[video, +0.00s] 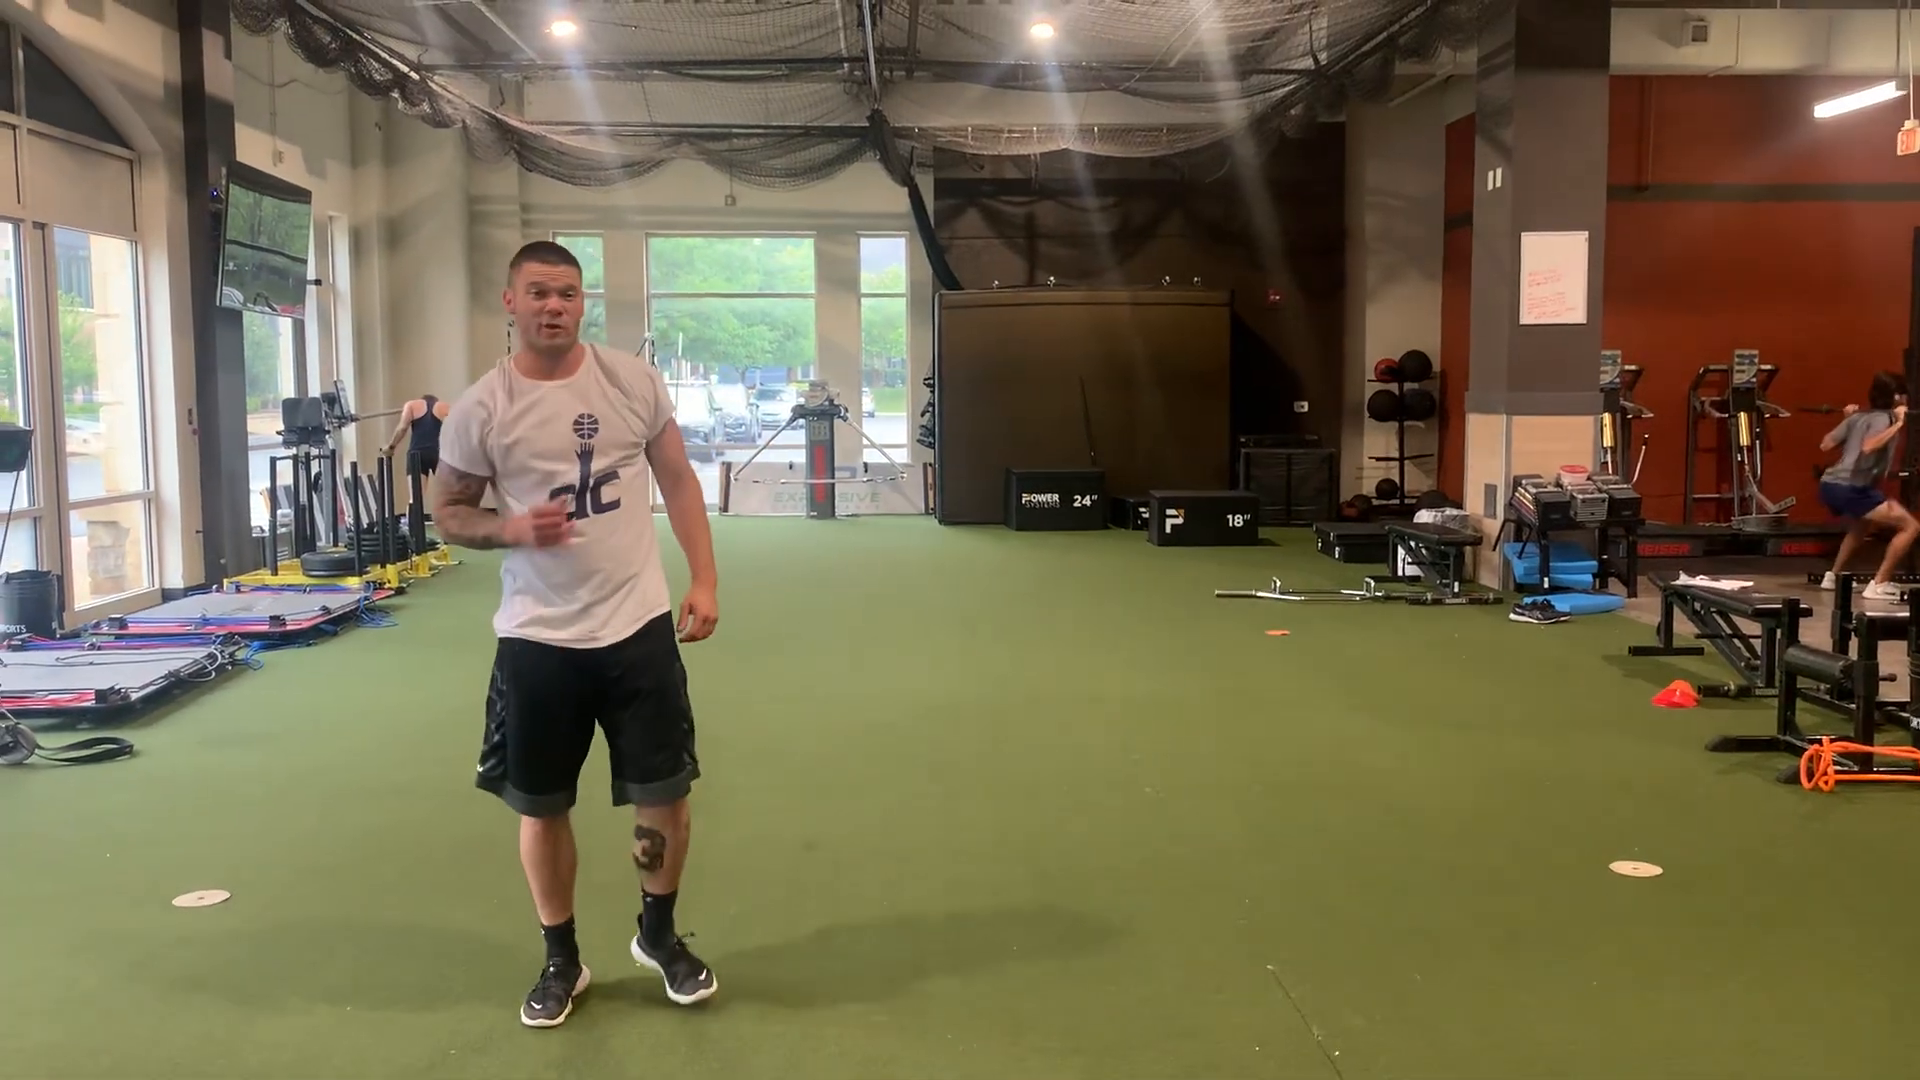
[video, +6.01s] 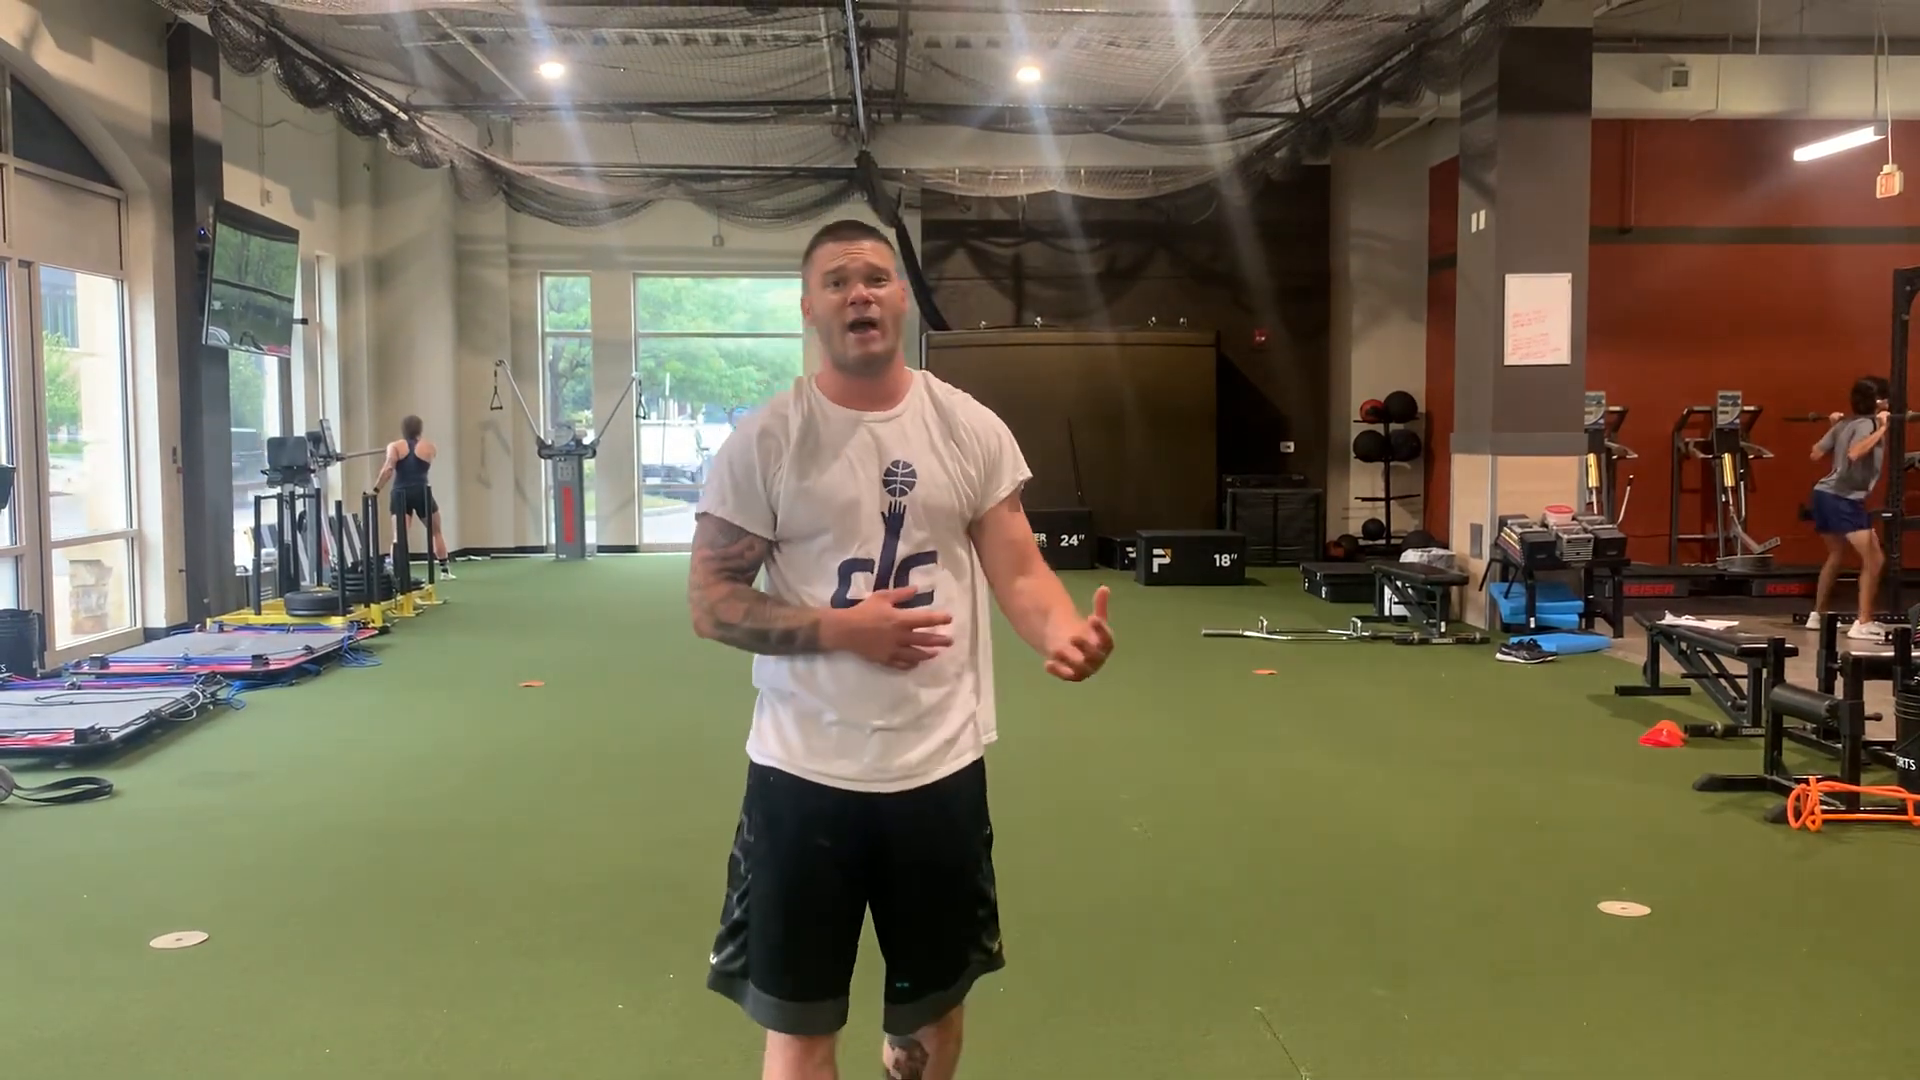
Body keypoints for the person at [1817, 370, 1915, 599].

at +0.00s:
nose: (1904, 401)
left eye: (1904, 397)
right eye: (1903, 396)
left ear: (1874, 395)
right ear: (1894, 398)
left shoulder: (1857, 418)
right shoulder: (1883, 419)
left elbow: (1825, 444)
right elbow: (1868, 446)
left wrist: (1846, 419)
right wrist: (1898, 425)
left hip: (1830, 485)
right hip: (1852, 490)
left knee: (1862, 526)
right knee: (1910, 526)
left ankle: (1832, 576)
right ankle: (1879, 584)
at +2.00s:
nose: (1899, 390)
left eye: (1898, 386)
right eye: (1896, 386)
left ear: (1869, 388)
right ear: (1888, 389)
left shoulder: (1855, 411)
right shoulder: (1881, 411)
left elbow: (1826, 438)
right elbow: (1867, 440)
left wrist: (1843, 412)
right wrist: (1895, 415)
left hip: (1832, 480)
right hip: (1853, 485)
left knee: (1851, 533)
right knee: (1900, 532)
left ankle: (1827, 584)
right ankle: (1873, 592)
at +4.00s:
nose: (1881, 458)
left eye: (1881, 453)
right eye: (1880, 453)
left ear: (1850, 455)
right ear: (1872, 457)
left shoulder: (1836, 476)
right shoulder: (1862, 477)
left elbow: (1806, 504)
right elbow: (1848, 507)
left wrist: (1825, 478)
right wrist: (1877, 482)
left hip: (1808, 541)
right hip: (1831, 545)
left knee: (1847, 564)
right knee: (1898, 566)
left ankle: (1814, 609)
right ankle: (1860, 619)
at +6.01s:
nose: (1887, 403)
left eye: (1887, 399)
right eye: (1884, 399)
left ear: (1857, 401)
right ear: (1875, 402)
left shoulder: (1844, 425)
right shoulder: (1867, 425)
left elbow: (1816, 453)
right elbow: (1854, 453)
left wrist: (1833, 426)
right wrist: (1882, 429)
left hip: (1822, 495)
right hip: (1845, 501)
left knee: (1835, 554)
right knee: (1874, 559)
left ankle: (1818, 614)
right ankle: (1864, 622)